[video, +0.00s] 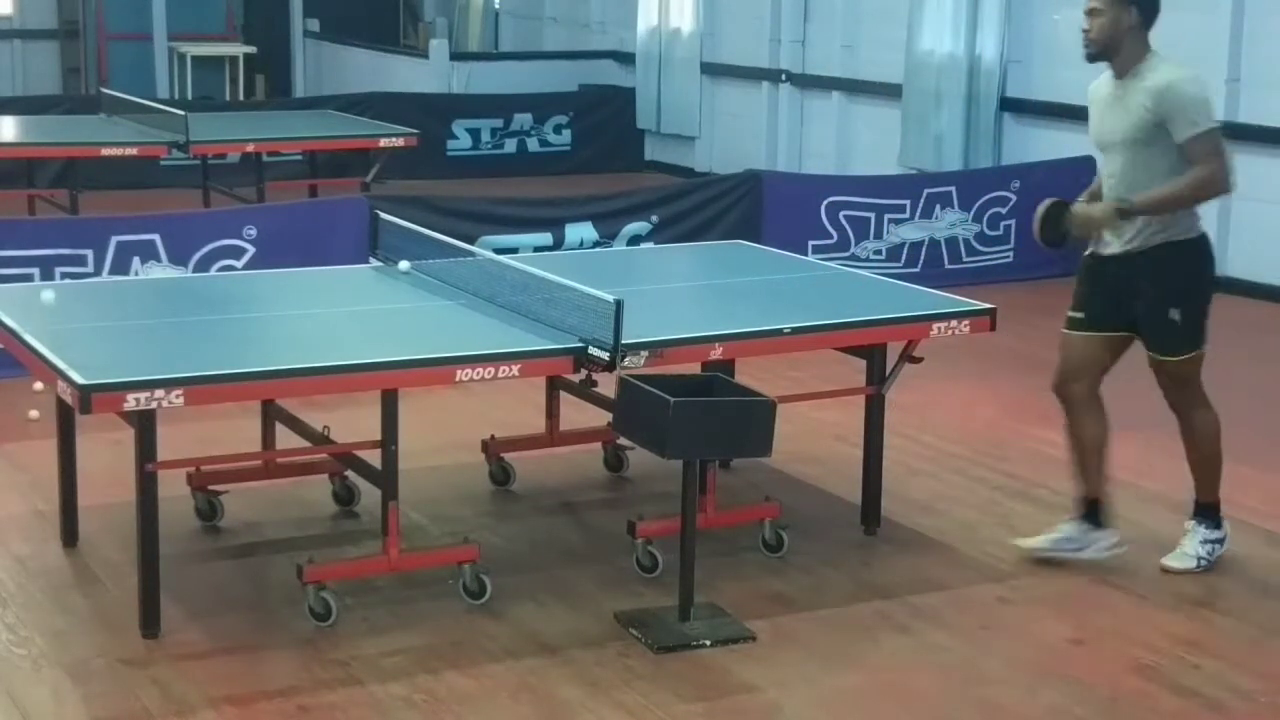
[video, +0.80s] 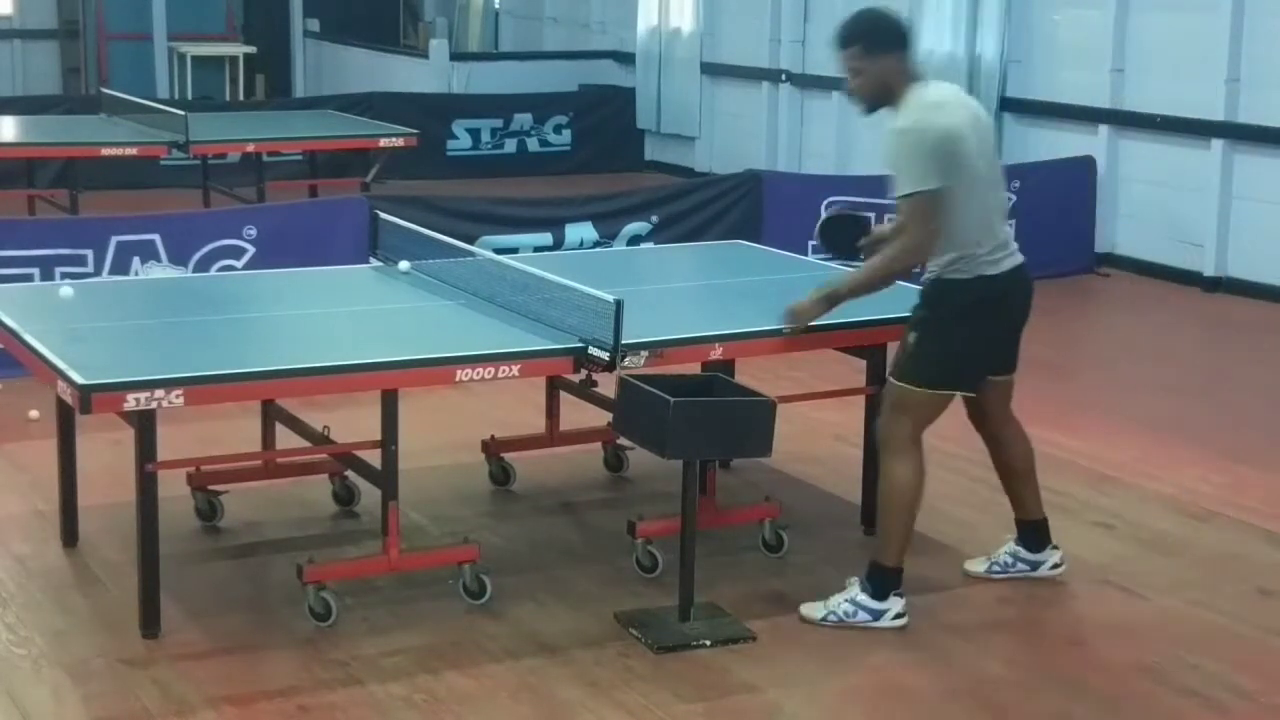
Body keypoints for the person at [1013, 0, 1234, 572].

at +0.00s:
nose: (1085, 24)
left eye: (1096, 14)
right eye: (1086, 15)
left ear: (1134, 19)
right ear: (1116, 22)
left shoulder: (1174, 85)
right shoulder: (1100, 89)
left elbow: (1214, 176)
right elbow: (1117, 172)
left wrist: (1122, 210)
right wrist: (1078, 211)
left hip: (1173, 261)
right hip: (1112, 261)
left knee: (1184, 392)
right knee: (1073, 383)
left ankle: (1207, 524)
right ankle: (1092, 522)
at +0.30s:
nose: (1024, 33)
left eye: (1034, 21)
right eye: (1026, 22)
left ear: (1069, 28)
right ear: (1053, 30)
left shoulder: (1105, 96)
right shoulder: (1052, 99)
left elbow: (1120, 197)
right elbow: (1063, 194)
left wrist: (1027, 218)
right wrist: (1014, 223)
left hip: (1099, 276)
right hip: (1044, 273)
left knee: (1099, 417)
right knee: (1023, 404)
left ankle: (1170, 499)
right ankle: (1038, 548)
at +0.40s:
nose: (999, 32)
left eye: (1009, 20)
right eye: (1001, 21)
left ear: (1044, 25)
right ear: (1034, 27)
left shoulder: (1079, 95)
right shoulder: (1031, 98)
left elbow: (1101, 195)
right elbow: (1040, 191)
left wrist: (1011, 218)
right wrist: (992, 216)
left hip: (1070, 270)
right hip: (1026, 268)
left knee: (1037, 410)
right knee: (1017, 408)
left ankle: (1119, 501)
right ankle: (1038, 547)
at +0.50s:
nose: (964, 35)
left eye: (973, 22)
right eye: (965, 22)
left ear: (1008, 26)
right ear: (1003, 28)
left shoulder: (1041, 97)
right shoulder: (1007, 97)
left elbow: (1069, 196)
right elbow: (1019, 188)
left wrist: (976, 225)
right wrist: (956, 202)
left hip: (1037, 267)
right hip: (1020, 264)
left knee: (982, 409)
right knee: (1020, 411)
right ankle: (1038, 546)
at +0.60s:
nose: (931, 45)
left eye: (941, 32)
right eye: (932, 33)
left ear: (979, 34)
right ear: (971, 36)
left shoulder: (1005, 104)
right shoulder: (990, 101)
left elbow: (1029, 209)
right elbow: (994, 194)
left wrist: (940, 237)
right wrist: (928, 206)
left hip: (1009, 278)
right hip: (1013, 273)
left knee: (959, 425)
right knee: (1013, 415)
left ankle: (935, 576)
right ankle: (1040, 549)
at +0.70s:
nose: (896, 61)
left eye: (903, 49)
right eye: (896, 49)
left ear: (936, 48)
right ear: (937, 48)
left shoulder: (964, 113)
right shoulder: (974, 100)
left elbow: (977, 227)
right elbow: (979, 201)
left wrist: (886, 264)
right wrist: (916, 213)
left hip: (984, 287)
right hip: (1008, 280)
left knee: (933, 433)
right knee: (1003, 416)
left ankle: (889, 589)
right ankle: (1039, 549)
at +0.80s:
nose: (848, 84)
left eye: (854, 71)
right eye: (845, 72)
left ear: (887, 61)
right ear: (899, 61)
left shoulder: (917, 125)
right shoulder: (958, 103)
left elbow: (915, 244)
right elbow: (962, 199)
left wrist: (827, 298)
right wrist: (896, 229)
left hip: (964, 290)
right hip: (1004, 280)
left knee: (897, 425)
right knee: (993, 412)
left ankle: (881, 591)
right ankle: (1036, 544)